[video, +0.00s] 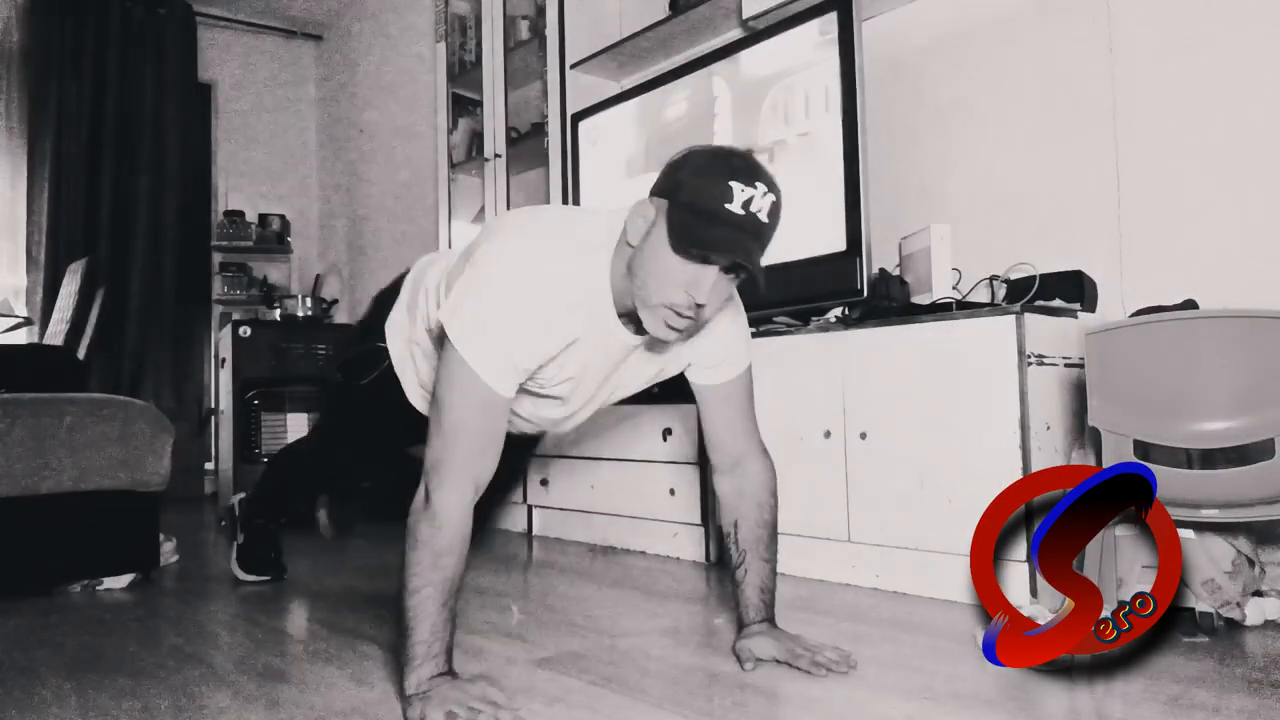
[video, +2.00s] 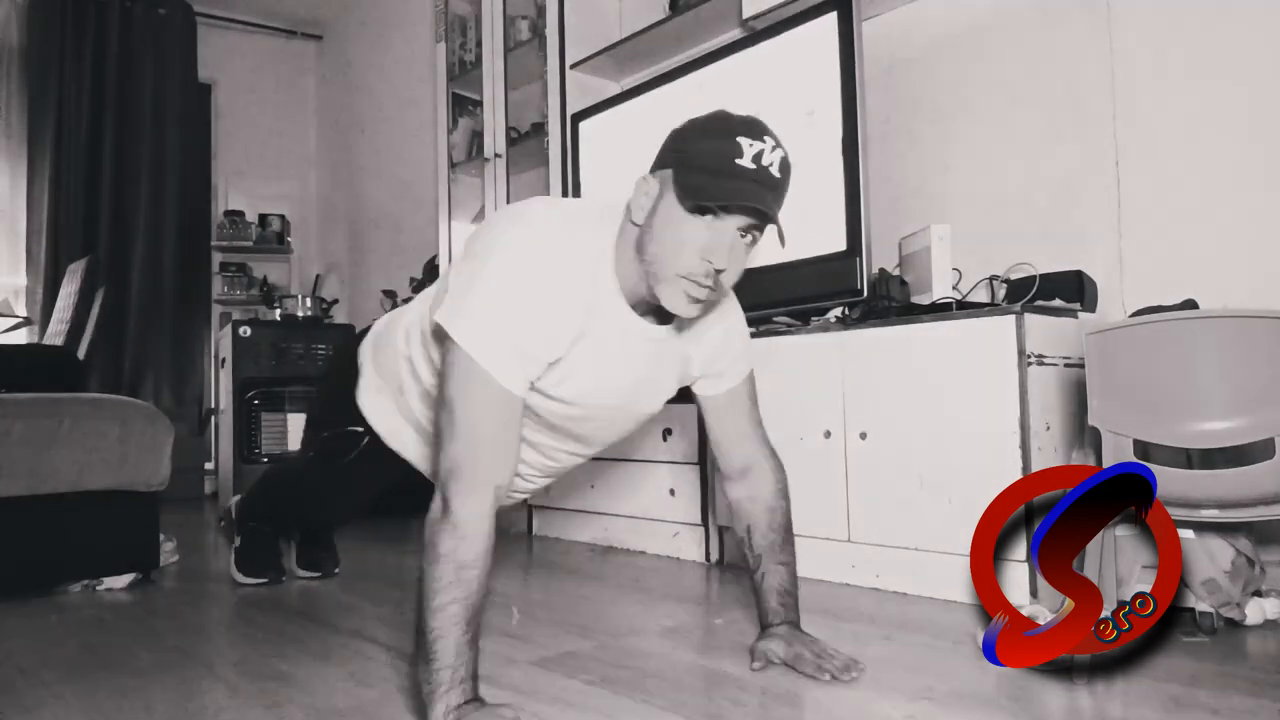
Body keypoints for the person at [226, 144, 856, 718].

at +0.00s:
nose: (703, 294)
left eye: (729, 275)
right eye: (692, 255)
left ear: (745, 277)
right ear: (646, 222)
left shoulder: (712, 311)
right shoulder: (522, 270)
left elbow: (740, 463)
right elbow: (448, 495)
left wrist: (758, 624)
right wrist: (425, 677)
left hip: (512, 409)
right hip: (412, 357)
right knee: (330, 456)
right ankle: (255, 512)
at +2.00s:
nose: (722, 260)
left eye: (749, 236)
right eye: (708, 216)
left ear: (759, 245)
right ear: (649, 198)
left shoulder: (711, 315)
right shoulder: (525, 253)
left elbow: (749, 471)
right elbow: (464, 506)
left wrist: (782, 624)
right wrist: (451, 703)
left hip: (476, 464)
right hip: (386, 412)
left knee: (372, 498)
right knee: (319, 488)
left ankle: (313, 523)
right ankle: (257, 517)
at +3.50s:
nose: (734, 351)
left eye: (752, 333)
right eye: (728, 319)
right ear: (669, 253)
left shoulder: (718, 316)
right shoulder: (536, 260)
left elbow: (746, 471)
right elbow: (473, 496)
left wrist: (765, 630)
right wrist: (450, 700)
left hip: (499, 461)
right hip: (404, 417)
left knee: (373, 505)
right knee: (319, 485)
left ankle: (313, 525)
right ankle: (250, 518)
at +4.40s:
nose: (753, 353)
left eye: (765, 335)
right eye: (745, 324)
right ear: (686, 264)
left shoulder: (724, 329)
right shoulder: (546, 276)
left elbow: (749, 468)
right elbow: (449, 502)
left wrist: (766, 627)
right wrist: (449, 697)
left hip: (485, 451)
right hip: (402, 411)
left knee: (368, 492)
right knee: (319, 483)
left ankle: (314, 524)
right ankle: (251, 522)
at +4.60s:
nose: (776, 534)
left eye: (795, 520)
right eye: (775, 510)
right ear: (742, 445)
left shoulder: (780, 409)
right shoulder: (585, 401)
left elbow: (776, 513)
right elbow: (396, 528)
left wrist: (765, 625)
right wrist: (446, 702)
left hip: (523, 483)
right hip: (432, 438)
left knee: (358, 509)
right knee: (324, 494)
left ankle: (303, 543)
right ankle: (255, 521)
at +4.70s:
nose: (809, 624)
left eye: (830, 608)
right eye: (807, 599)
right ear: (757, 531)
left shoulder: (800, 482)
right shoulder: (615, 467)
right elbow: (394, 528)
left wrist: (771, 637)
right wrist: (444, 702)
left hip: (528, 485)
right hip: (430, 469)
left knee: (354, 532)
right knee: (321, 519)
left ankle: (277, 533)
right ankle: (254, 521)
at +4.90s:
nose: (842, 698)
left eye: (863, 680)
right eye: (840, 670)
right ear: (781, 595)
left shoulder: (825, 520)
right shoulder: (629, 533)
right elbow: (402, 533)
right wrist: (444, 702)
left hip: (550, 498)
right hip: (450, 540)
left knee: (388, 509)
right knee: (345, 538)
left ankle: (318, 496)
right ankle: (273, 517)